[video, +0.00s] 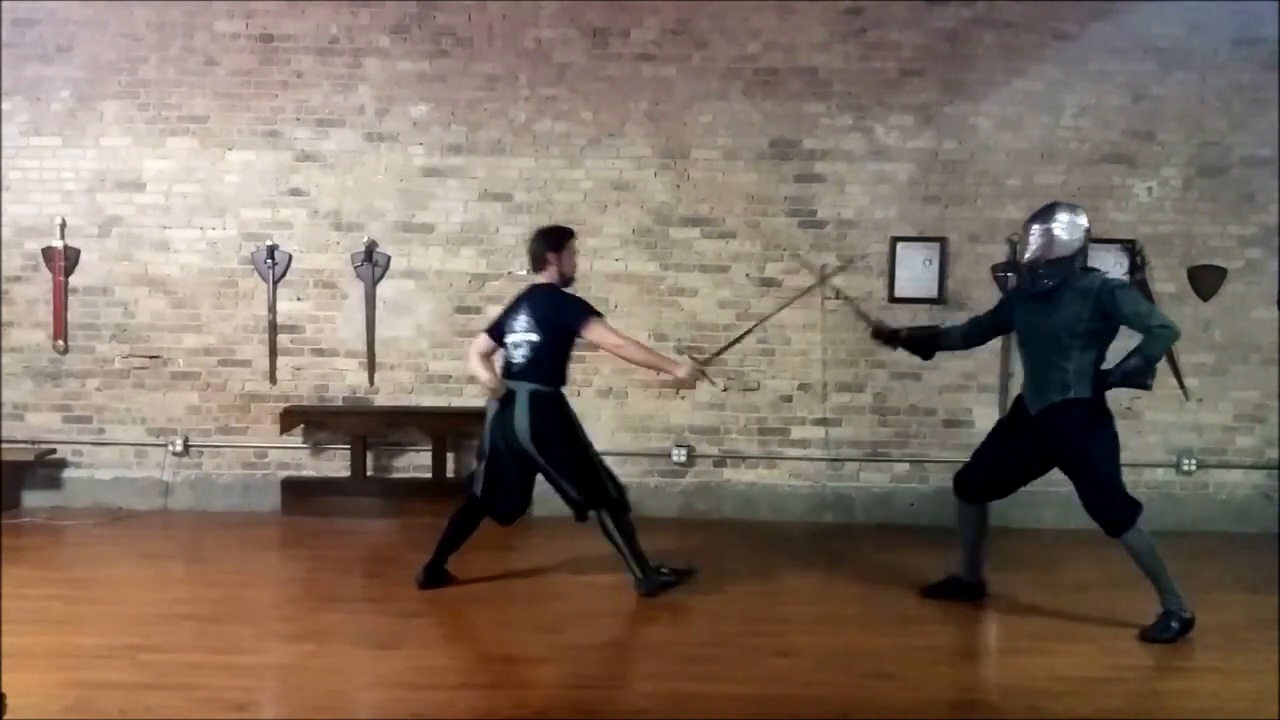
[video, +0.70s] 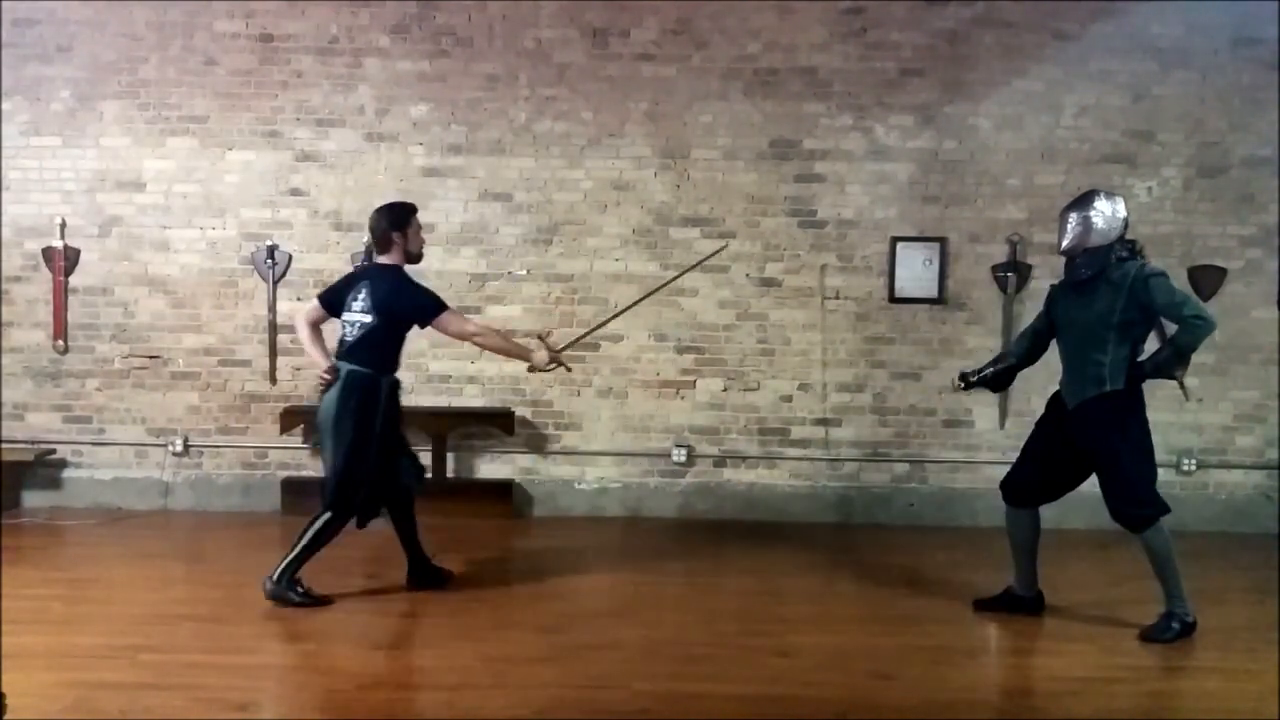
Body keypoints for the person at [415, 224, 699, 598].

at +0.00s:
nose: (577, 261)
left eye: (575, 253)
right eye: (572, 254)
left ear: (542, 261)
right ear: (553, 259)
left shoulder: (517, 305)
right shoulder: (563, 303)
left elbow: (476, 353)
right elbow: (616, 343)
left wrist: (495, 386)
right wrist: (674, 367)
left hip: (504, 413)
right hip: (541, 413)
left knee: (484, 496)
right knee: (602, 492)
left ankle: (434, 567)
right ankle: (644, 574)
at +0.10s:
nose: (540, 249)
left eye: (539, 241)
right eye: (535, 242)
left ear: (504, 249)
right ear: (515, 247)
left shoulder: (483, 294)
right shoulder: (525, 290)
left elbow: (447, 346)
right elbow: (581, 328)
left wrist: (465, 378)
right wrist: (640, 349)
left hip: (479, 402)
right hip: (513, 402)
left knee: (469, 488)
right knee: (565, 485)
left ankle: (432, 567)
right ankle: (602, 570)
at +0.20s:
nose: (512, 242)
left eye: (510, 235)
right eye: (507, 236)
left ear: (478, 243)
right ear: (488, 241)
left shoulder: (457, 289)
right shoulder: (498, 285)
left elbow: (422, 340)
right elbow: (557, 322)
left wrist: (434, 368)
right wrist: (614, 343)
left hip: (449, 399)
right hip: (481, 399)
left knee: (461, 485)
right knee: (537, 477)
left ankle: (430, 568)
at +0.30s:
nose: (492, 238)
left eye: (489, 231)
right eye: (486, 231)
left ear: (456, 240)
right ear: (467, 238)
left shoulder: (436, 285)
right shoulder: (478, 283)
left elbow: (397, 334)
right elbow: (537, 319)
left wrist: (406, 360)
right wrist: (593, 342)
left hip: (427, 395)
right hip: (454, 396)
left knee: (449, 487)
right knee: (498, 484)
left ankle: (430, 569)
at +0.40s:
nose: (474, 237)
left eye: (471, 229)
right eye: (468, 230)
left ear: (437, 239)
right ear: (449, 236)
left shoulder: (415, 283)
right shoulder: (462, 283)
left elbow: (373, 332)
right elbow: (520, 319)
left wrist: (389, 360)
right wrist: (577, 343)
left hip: (410, 391)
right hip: (437, 392)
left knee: (439, 484)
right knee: (455, 488)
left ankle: (428, 568)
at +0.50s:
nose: (457, 237)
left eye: (454, 229)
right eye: (451, 230)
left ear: (419, 240)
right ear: (434, 237)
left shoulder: (395, 284)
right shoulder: (443, 284)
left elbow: (354, 329)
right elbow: (507, 322)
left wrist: (374, 366)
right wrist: (564, 345)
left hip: (399, 395)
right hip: (418, 396)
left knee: (435, 482)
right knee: (407, 495)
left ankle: (427, 568)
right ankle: (327, 559)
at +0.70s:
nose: (424, 238)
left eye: (421, 230)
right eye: (418, 231)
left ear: (385, 240)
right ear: (398, 238)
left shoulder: (356, 280)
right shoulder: (402, 288)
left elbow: (306, 318)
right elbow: (469, 330)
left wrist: (323, 362)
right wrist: (529, 355)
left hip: (353, 396)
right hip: (364, 399)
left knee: (399, 481)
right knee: (351, 496)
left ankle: (419, 567)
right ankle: (283, 577)